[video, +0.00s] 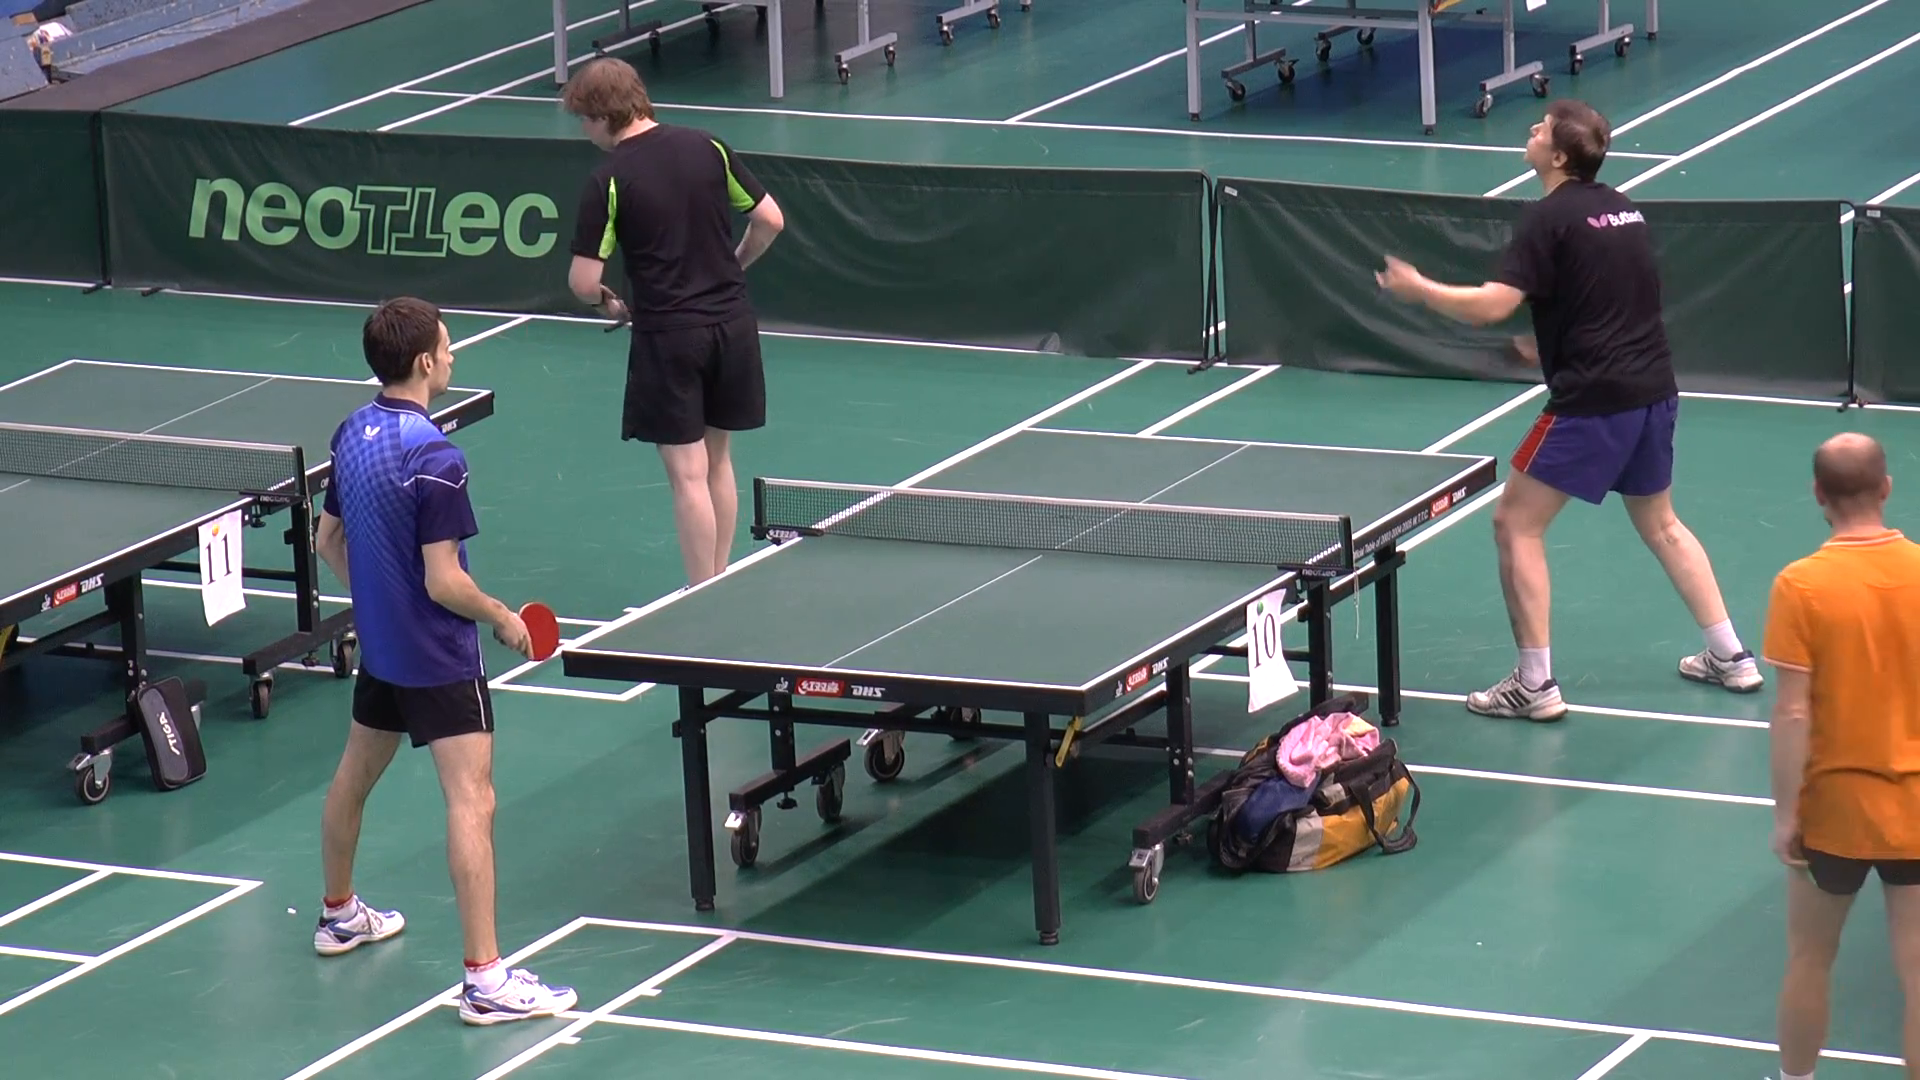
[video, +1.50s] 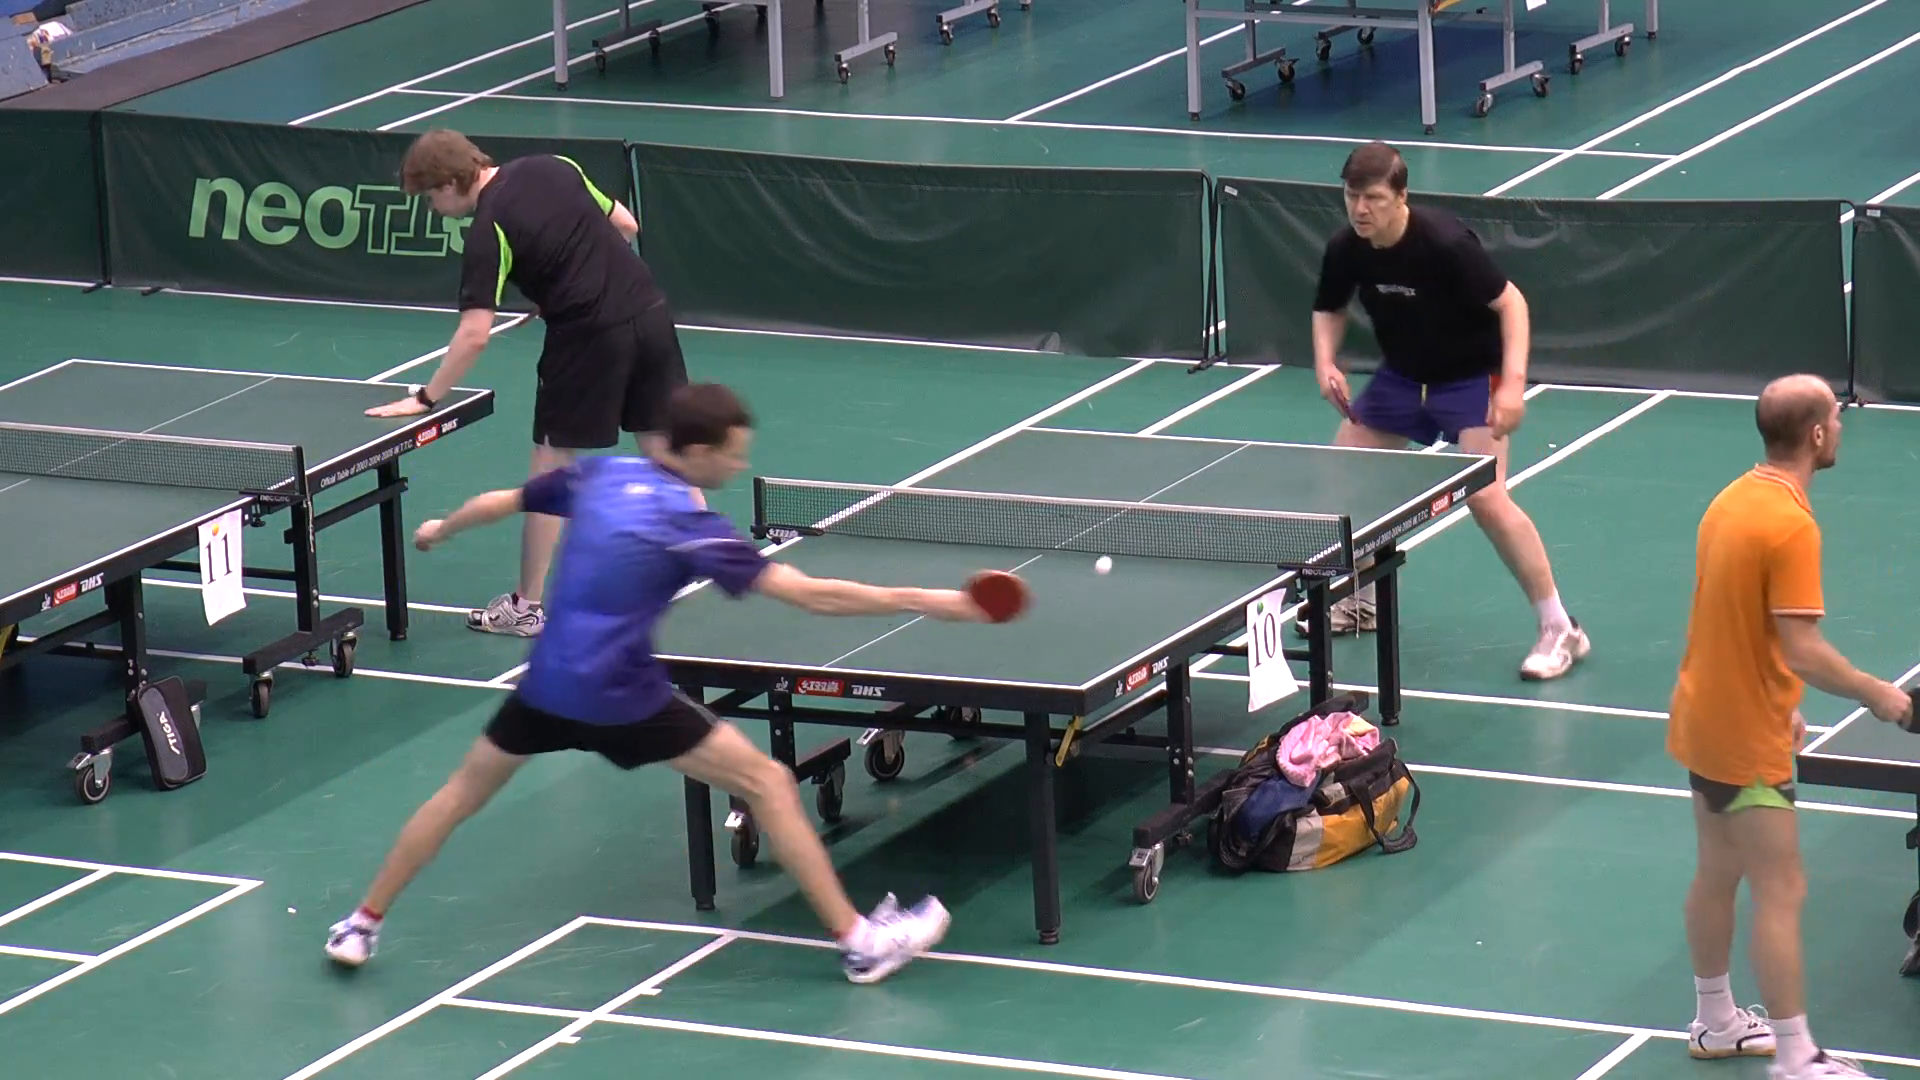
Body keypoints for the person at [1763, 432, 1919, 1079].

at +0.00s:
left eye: (1815, 486)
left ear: (1818, 495)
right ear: (1887, 489)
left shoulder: (1803, 583)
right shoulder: (1915, 567)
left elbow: (1792, 711)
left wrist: (1785, 811)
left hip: (1836, 802)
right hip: (1915, 802)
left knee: (1810, 961)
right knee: (1917, 973)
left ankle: (1795, 1075)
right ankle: (1912, 1072)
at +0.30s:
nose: (1828, 460)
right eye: (1826, 453)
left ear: (1758, 475)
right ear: (1823, 467)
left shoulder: (1727, 567)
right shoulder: (1881, 555)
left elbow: (1691, 685)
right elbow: (1911, 676)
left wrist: (1677, 773)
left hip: (1775, 792)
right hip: (1873, 785)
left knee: (1779, 942)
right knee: (1898, 918)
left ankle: (1787, 1074)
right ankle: (1899, 1068)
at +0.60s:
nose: (1827, 453)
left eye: (1821, 442)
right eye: (1824, 446)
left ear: (1756, 466)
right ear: (1818, 461)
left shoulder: (1717, 550)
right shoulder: (1871, 549)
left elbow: (1676, 659)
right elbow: (1902, 672)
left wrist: (1675, 717)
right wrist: (1918, 761)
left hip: (1758, 780)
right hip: (1848, 779)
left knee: (1772, 929)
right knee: (1839, 924)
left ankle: (1784, 1070)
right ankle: (1818, 1065)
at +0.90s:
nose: (1861, 439)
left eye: (1855, 429)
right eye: (1859, 432)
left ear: (1788, 455)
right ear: (1851, 453)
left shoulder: (1741, 527)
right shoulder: (1885, 550)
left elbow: (1707, 648)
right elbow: (1903, 683)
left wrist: (1729, 729)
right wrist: (1915, 763)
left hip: (1751, 757)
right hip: (1840, 765)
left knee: (1739, 881)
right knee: (1828, 916)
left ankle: (1744, 1026)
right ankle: (1819, 1066)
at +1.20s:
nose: (1857, 426)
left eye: (1853, 417)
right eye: (1854, 419)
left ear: (1785, 443)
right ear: (1842, 442)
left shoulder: (1737, 511)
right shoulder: (1858, 538)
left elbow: (1703, 624)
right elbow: (1882, 673)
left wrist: (1735, 690)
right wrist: (1916, 727)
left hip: (1744, 738)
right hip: (1816, 750)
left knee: (1753, 860)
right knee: (1823, 907)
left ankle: (1707, 1008)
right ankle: (1818, 1066)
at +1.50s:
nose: (1839, 428)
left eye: (1837, 416)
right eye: (1836, 418)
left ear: (1770, 433)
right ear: (1818, 434)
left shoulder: (1731, 499)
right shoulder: (1790, 521)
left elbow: (1721, 627)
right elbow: (1800, 647)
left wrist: (1776, 706)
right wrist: (1877, 691)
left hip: (1702, 721)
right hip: (1746, 734)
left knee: (1716, 872)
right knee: (1780, 890)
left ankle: (1714, 1020)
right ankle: (1797, 1054)